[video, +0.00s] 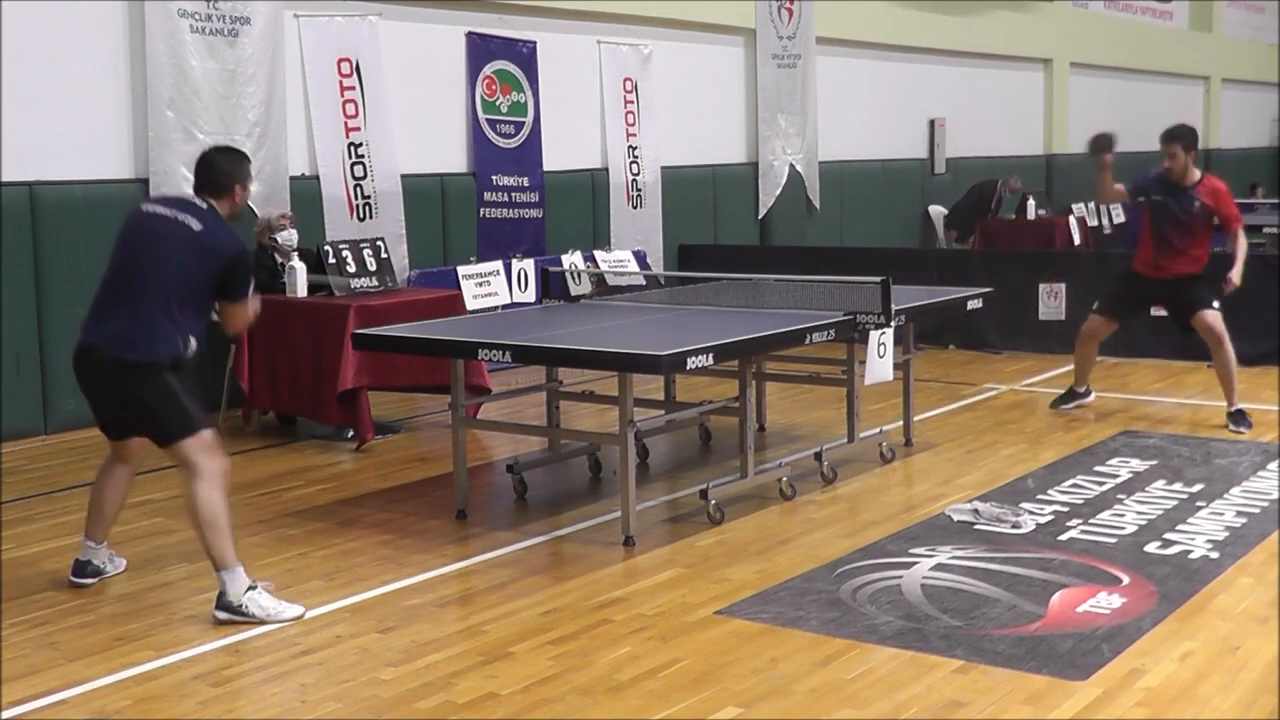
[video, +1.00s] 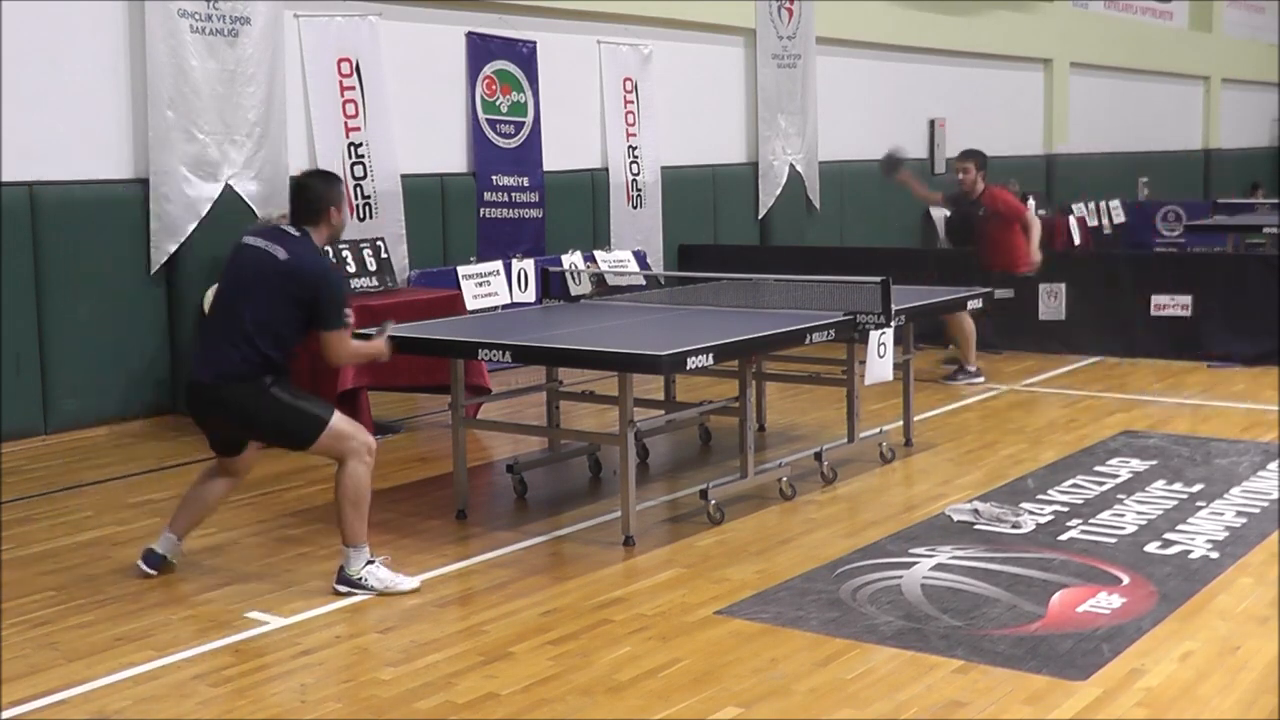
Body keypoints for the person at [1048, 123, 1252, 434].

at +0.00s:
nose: (1166, 163)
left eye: (1173, 157)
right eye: (1164, 156)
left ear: (1192, 154)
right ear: (1161, 154)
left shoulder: (1213, 189)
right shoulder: (1154, 181)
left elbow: (1238, 233)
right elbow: (1107, 195)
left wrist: (1237, 268)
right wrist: (1105, 168)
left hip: (1188, 280)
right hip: (1141, 277)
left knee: (1215, 330)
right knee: (1089, 332)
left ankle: (1234, 408)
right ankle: (1080, 388)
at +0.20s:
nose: (1146, 149)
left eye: (1152, 142)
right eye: (1144, 142)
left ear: (1172, 142)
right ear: (1146, 144)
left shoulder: (1201, 175)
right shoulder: (1147, 182)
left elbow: (1234, 214)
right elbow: (1123, 226)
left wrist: (1201, 242)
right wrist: (1091, 228)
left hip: (1205, 267)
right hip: (1165, 265)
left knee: (1213, 330)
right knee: (1117, 321)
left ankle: (1253, 397)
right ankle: (1128, 378)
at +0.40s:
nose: (1104, 173)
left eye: (1108, 166)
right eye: (1104, 166)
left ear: (1128, 165)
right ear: (1127, 166)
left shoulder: (1136, 188)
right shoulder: (1144, 186)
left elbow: (1109, 225)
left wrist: (1086, 231)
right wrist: (1101, 228)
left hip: (1194, 275)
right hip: (1166, 277)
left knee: (1208, 343)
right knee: (1120, 325)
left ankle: (1264, 401)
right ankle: (1142, 381)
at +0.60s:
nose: (1043, 175)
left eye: (1045, 169)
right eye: (1043, 170)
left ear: (1061, 166)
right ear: (1068, 167)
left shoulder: (1065, 182)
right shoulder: (1089, 183)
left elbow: (1044, 218)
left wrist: (1056, 218)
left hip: (1127, 251)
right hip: (1126, 251)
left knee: (1118, 317)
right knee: (1103, 316)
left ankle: (1162, 383)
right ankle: (1142, 378)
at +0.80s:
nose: (988, 174)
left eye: (991, 167)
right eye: (987, 168)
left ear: (1006, 163)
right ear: (1002, 166)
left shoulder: (1033, 179)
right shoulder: (1005, 190)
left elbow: (1056, 189)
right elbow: (963, 187)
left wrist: (1039, 188)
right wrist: (958, 159)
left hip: (1051, 272)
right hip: (1048, 272)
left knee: (992, 309)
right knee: (1050, 341)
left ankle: (977, 369)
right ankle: (1112, 354)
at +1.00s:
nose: (959, 177)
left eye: (965, 172)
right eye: (957, 172)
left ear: (980, 174)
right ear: (956, 173)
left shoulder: (997, 197)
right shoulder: (964, 198)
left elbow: (1031, 218)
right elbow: (931, 198)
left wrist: (1034, 248)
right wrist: (905, 178)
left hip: (1014, 273)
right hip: (988, 272)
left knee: (956, 304)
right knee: (945, 300)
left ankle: (970, 367)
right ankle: (967, 357)